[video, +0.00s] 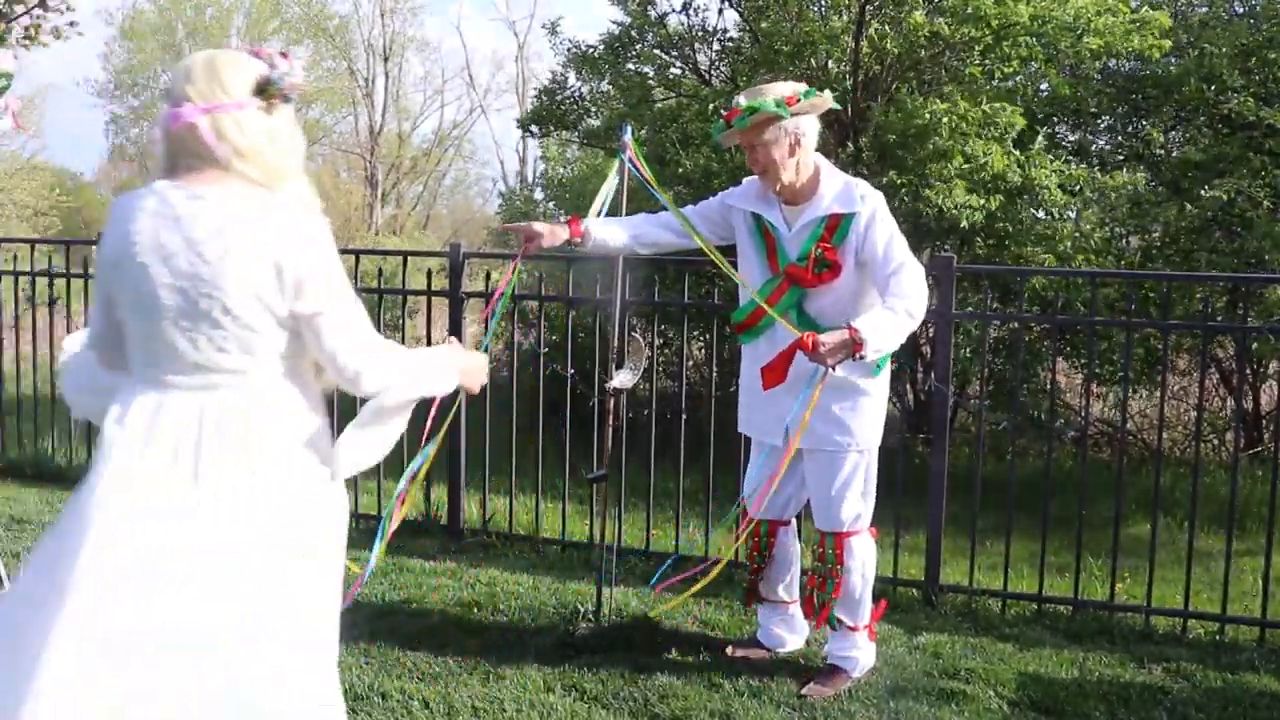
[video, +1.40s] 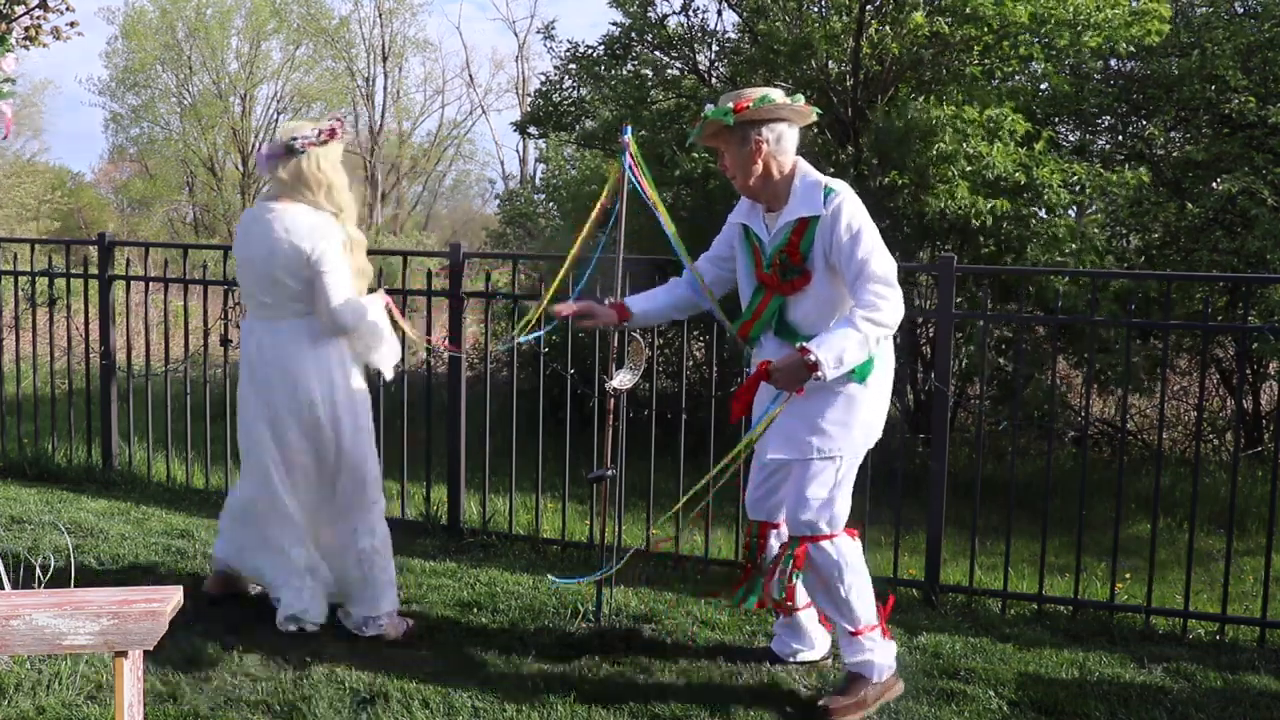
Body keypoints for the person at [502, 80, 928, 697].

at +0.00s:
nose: (750, 162)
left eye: (757, 147)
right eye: (745, 149)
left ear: (798, 141)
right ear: (754, 148)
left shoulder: (860, 204)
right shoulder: (744, 203)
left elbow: (908, 293)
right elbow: (660, 227)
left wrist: (859, 336)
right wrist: (569, 232)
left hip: (848, 387)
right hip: (774, 382)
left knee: (843, 517)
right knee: (766, 507)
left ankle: (851, 653)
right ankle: (780, 632)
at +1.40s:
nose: (719, 167)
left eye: (724, 153)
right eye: (716, 155)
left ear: (764, 144)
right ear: (752, 148)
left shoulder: (835, 206)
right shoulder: (747, 216)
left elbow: (882, 304)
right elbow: (696, 286)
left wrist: (818, 358)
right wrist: (617, 311)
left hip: (843, 379)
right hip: (777, 376)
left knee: (811, 513)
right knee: (767, 506)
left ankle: (874, 666)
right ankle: (801, 642)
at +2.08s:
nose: (809, 154)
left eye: (813, 138)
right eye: (807, 141)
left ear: (854, 131)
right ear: (857, 133)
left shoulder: (908, 204)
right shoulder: (867, 210)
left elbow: (908, 324)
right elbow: (878, 322)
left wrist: (805, 340)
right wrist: (807, 352)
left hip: (913, 421)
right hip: (886, 419)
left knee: (875, 560)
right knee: (898, 554)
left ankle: (879, 704)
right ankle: (976, 676)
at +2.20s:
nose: (828, 154)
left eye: (833, 138)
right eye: (827, 141)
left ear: (873, 135)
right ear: (879, 137)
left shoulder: (924, 206)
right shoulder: (898, 209)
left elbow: (930, 320)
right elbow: (907, 328)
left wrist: (824, 335)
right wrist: (838, 354)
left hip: (928, 429)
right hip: (935, 424)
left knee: (887, 559)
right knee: (940, 554)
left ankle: (881, 703)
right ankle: (991, 694)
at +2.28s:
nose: (843, 158)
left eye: (848, 142)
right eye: (841, 144)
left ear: (888, 137)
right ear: (893, 139)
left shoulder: (937, 203)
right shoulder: (915, 208)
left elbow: (947, 317)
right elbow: (927, 329)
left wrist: (843, 333)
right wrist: (859, 357)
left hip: (953, 423)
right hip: (959, 421)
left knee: (903, 552)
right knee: (954, 552)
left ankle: (886, 702)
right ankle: (992, 695)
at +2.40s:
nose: (867, 165)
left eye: (871, 148)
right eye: (864, 151)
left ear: (913, 140)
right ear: (917, 143)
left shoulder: (964, 205)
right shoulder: (940, 211)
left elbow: (962, 316)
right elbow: (950, 327)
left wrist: (856, 328)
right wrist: (878, 353)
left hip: (982, 414)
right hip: (980, 414)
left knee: (914, 547)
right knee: (962, 551)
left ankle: (942, 701)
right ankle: (994, 696)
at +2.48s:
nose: (884, 159)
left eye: (889, 142)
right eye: (882, 146)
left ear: (933, 135)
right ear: (933, 137)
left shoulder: (981, 201)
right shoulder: (950, 210)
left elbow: (971, 313)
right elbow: (956, 321)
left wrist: (861, 318)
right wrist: (881, 343)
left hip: (997, 410)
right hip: (971, 410)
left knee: (943, 546)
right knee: (940, 545)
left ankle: (999, 698)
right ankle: (990, 686)